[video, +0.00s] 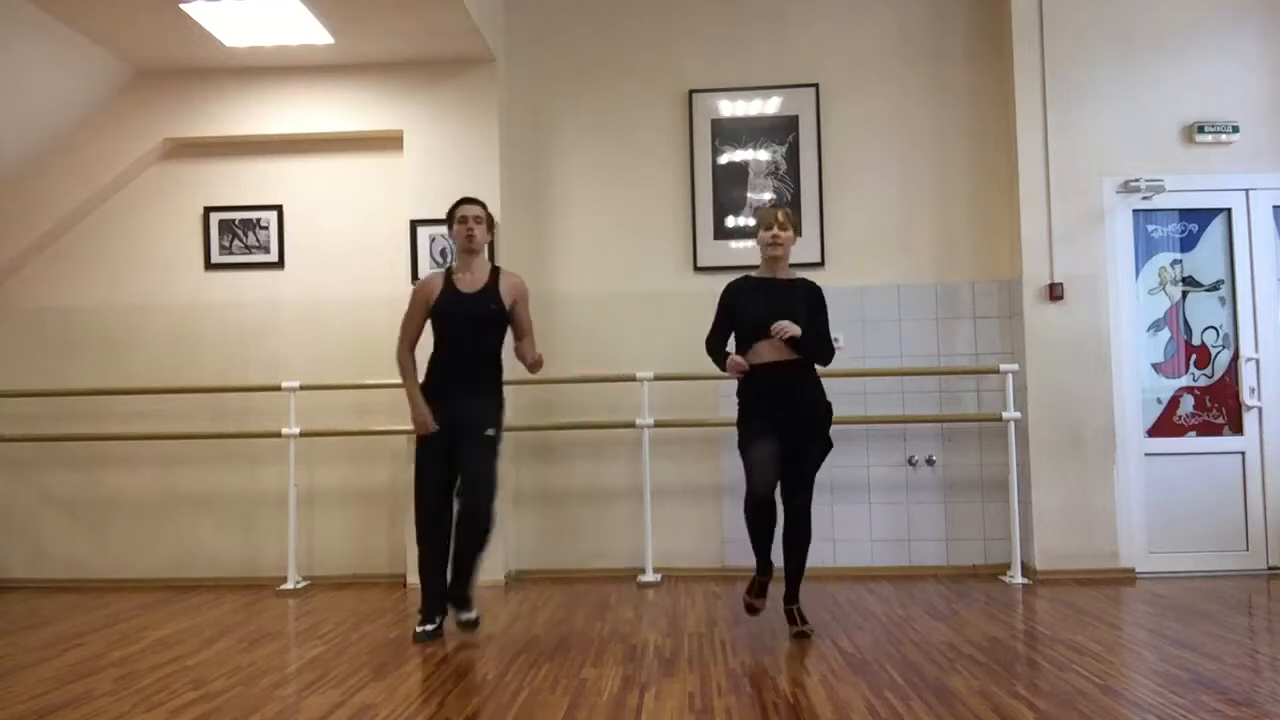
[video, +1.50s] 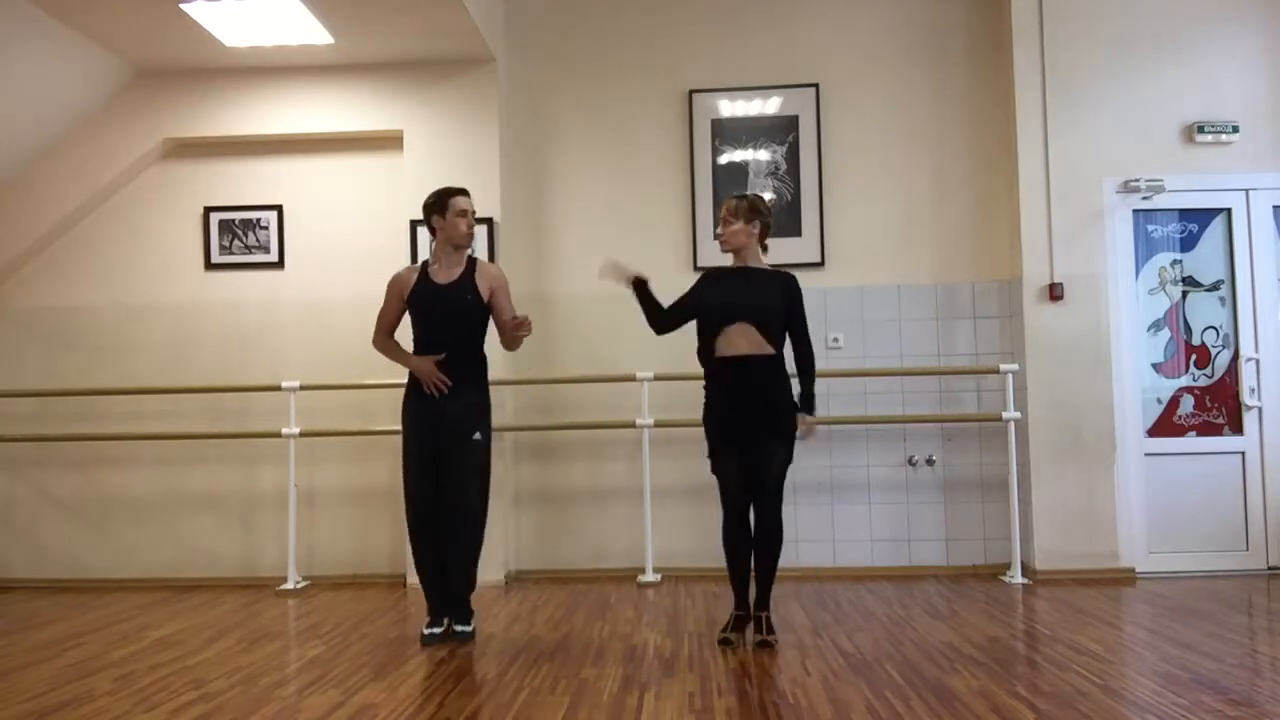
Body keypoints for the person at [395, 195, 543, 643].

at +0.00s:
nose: (469, 228)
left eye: (477, 222)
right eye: (461, 222)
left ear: (490, 232)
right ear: (450, 233)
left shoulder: (510, 286)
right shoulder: (431, 287)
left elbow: (523, 338)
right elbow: (405, 349)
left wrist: (530, 357)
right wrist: (417, 403)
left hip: (483, 404)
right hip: (437, 403)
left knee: (478, 505)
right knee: (431, 508)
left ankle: (461, 592)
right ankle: (431, 610)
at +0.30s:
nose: (454, 222)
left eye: (462, 216)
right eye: (446, 216)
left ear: (475, 226)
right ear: (434, 226)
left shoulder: (494, 278)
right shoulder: (413, 280)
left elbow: (512, 337)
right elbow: (400, 341)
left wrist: (517, 344)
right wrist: (412, 382)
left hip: (480, 404)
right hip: (431, 405)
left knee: (477, 510)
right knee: (419, 503)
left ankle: (458, 605)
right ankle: (431, 602)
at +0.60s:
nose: (456, 220)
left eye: (461, 214)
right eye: (446, 214)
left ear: (468, 223)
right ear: (427, 223)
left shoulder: (486, 276)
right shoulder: (405, 278)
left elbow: (504, 332)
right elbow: (392, 339)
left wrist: (491, 353)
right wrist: (410, 363)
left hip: (472, 402)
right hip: (425, 402)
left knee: (472, 508)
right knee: (420, 508)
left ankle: (461, 606)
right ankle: (429, 608)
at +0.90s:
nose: (464, 224)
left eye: (466, 217)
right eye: (454, 217)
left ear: (469, 225)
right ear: (431, 225)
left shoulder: (488, 279)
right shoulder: (407, 283)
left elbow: (509, 333)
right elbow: (384, 341)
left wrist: (494, 352)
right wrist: (417, 367)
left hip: (469, 402)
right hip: (423, 402)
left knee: (460, 506)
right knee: (420, 507)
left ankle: (456, 608)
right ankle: (431, 608)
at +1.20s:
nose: (466, 229)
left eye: (469, 222)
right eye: (457, 222)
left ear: (471, 230)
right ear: (433, 229)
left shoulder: (487, 285)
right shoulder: (406, 287)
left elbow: (503, 354)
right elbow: (385, 345)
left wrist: (500, 340)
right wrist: (415, 371)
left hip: (478, 408)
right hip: (429, 409)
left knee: (480, 513)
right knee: (425, 512)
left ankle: (466, 609)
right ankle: (438, 604)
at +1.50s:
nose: (470, 222)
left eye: (472, 215)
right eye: (461, 215)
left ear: (473, 223)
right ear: (436, 223)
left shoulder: (489, 276)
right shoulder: (407, 281)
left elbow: (508, 340)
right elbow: (381, 338)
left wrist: (518, 329)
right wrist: (413, 362)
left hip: (469, 401)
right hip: (423, 403)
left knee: (466, 507)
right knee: (424, 506)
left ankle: (461, 611)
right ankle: (437, 612)